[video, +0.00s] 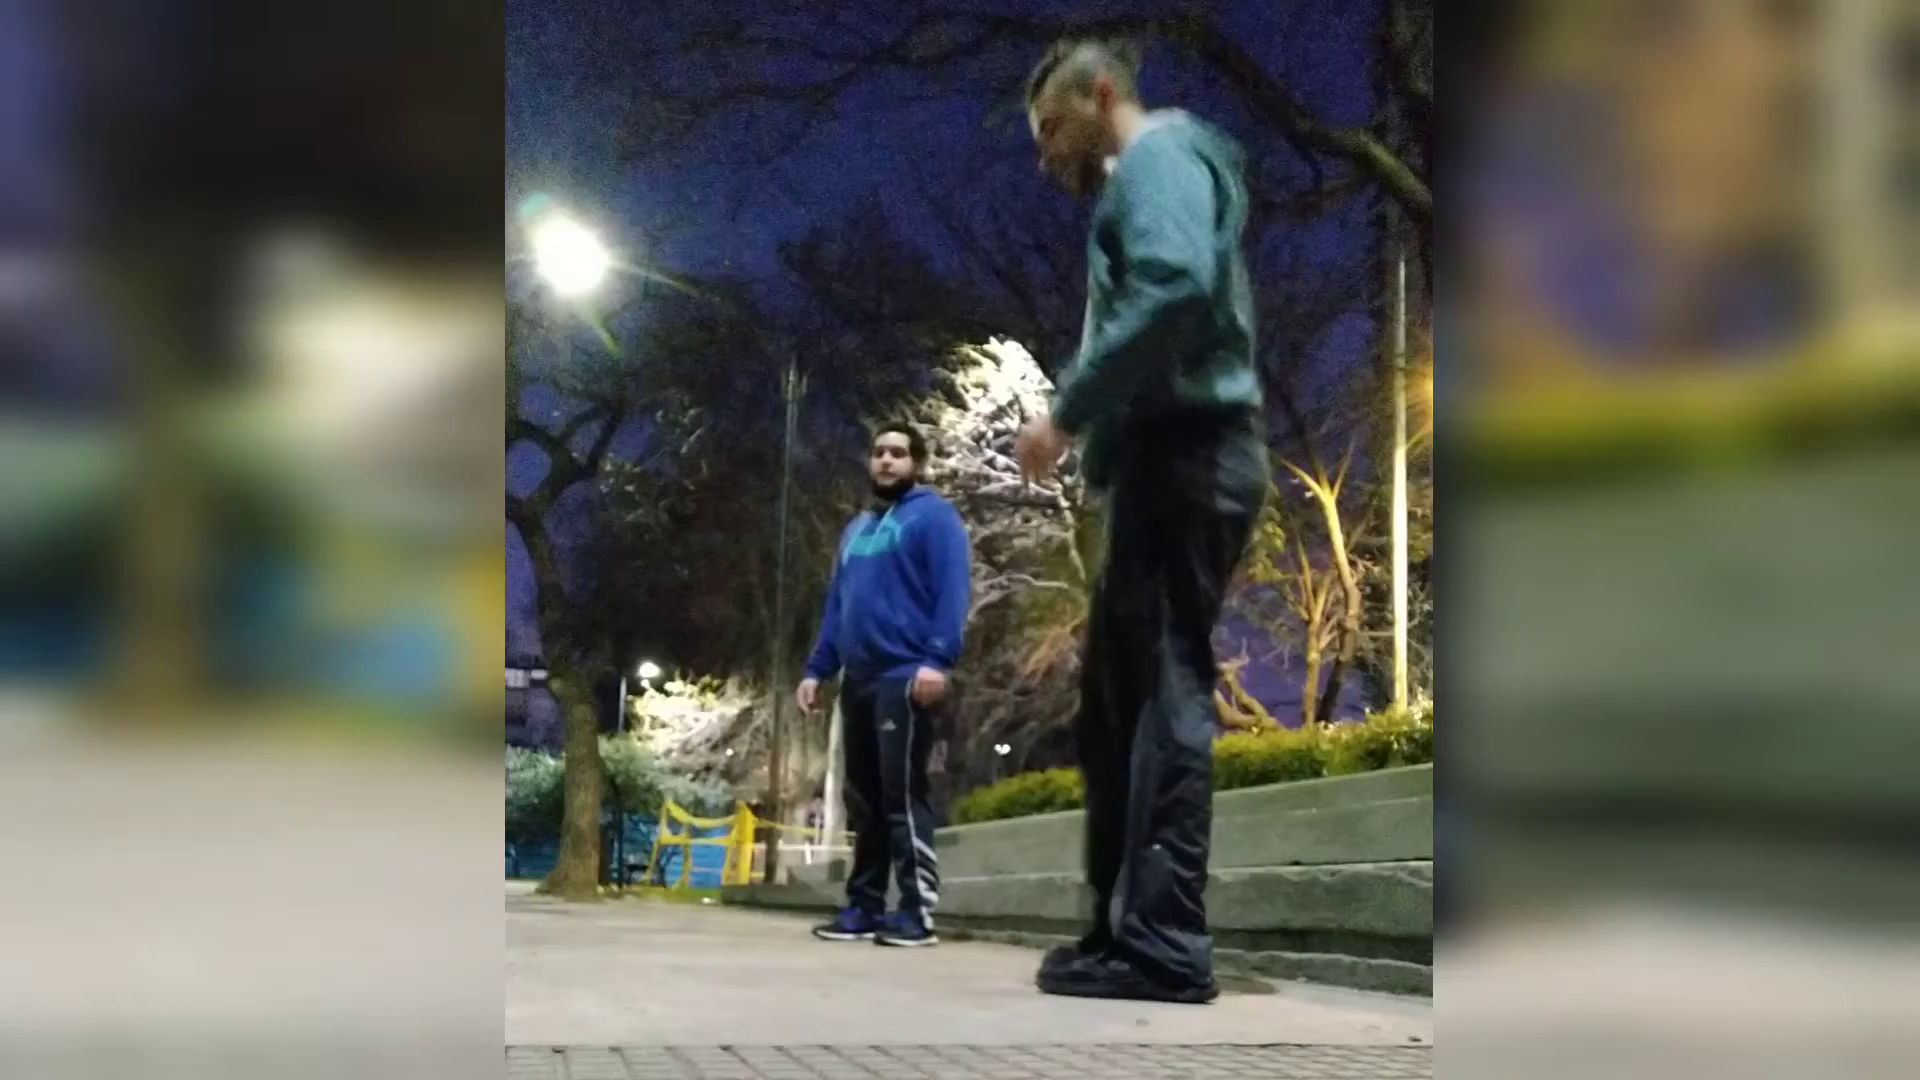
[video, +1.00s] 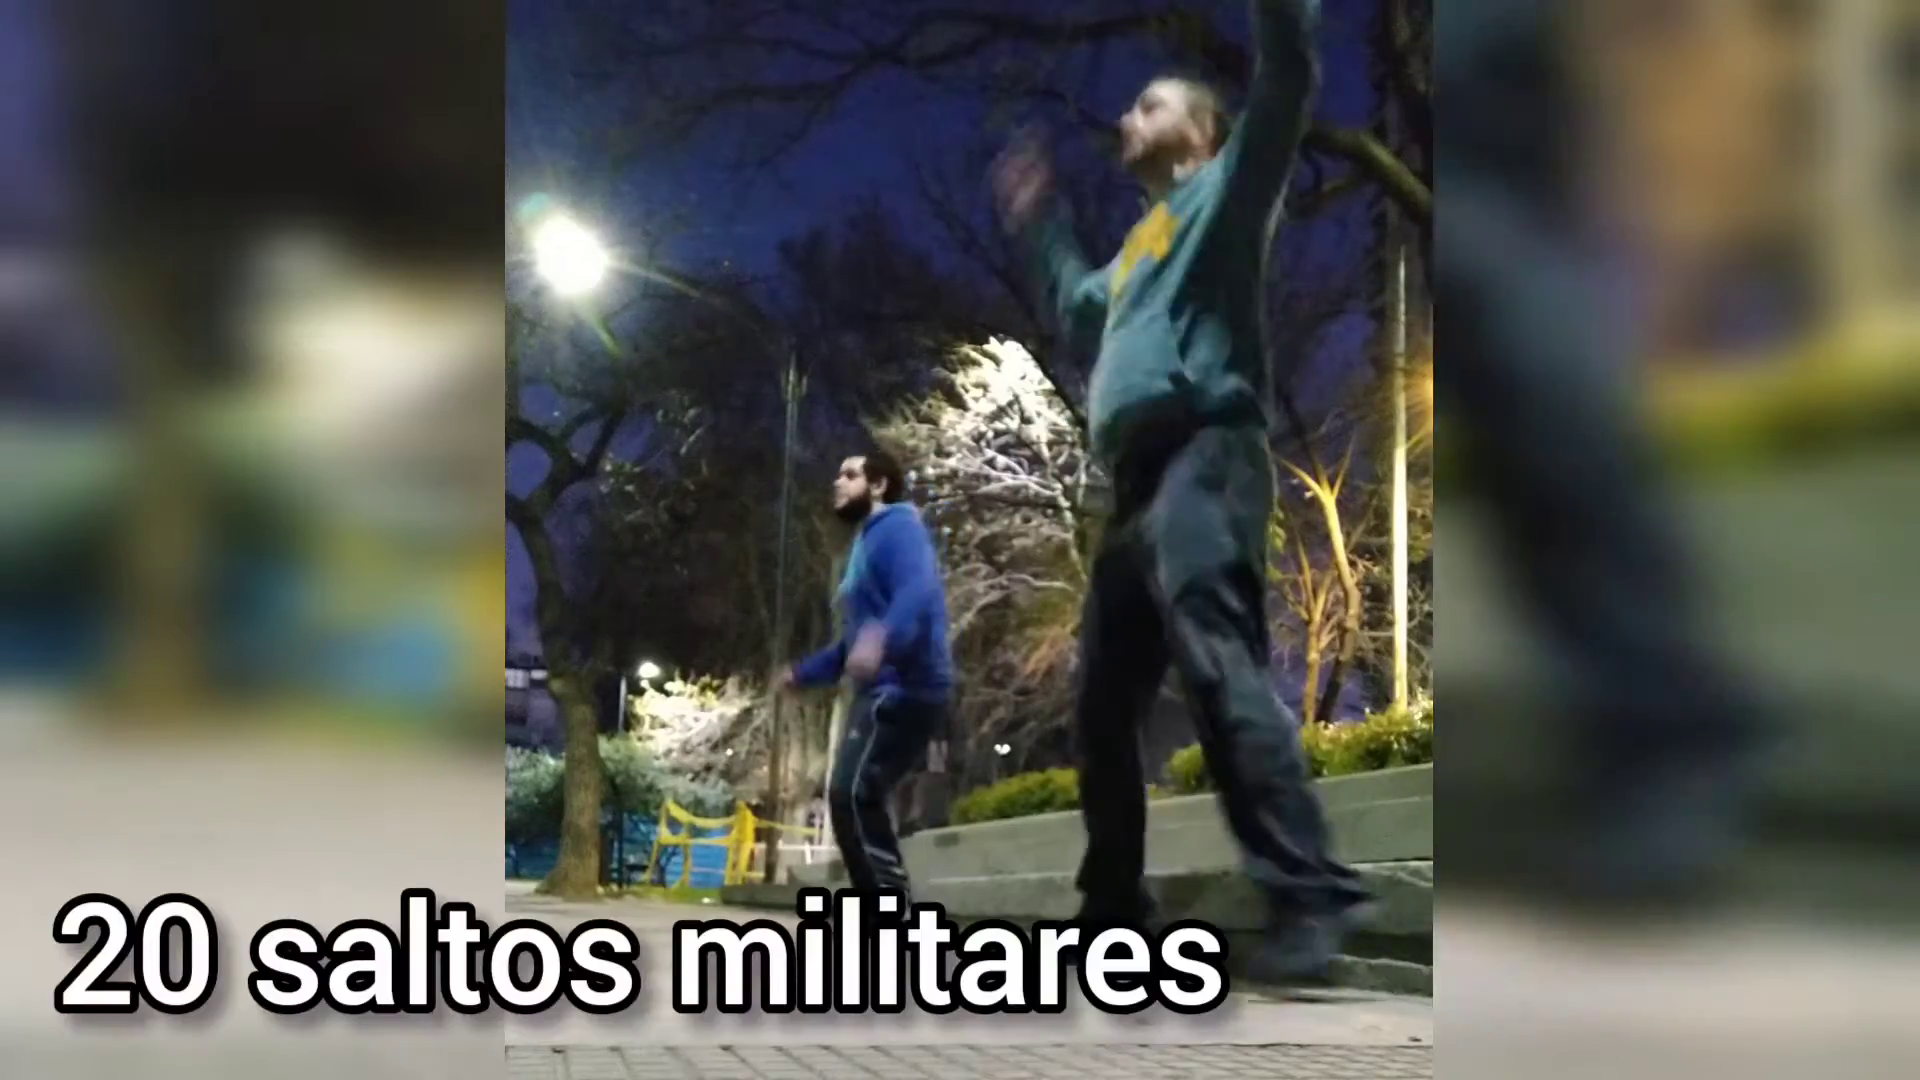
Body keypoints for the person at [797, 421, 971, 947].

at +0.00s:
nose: (886, 461)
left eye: (897, 453)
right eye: (880, 453)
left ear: (916, 463)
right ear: (870, 462)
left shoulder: (933, 516)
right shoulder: (858, 526)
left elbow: (953, 590)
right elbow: (839, 604)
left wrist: (938, 660)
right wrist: (817, 670)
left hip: (906, 669)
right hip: (860, 671)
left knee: (902, 794)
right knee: (866, 797)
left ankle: (915, 913)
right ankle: (865, 908)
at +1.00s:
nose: (838, 484)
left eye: (849, 476)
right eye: (838, 476)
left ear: (878, 485)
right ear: (861, 487)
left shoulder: (898, 525)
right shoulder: (866, 541)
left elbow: (917, 589)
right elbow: (860, 637)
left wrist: (879, 635)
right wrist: (804, 672)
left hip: (905, 687)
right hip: (880, 686)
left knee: (856, 793)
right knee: (848, 794)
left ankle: (889, 897)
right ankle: (878, 896)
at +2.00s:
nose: (868, 437)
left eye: (878, 429)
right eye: (870, 429)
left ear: (907, 436)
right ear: (895, 438)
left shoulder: (922, 475)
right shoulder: (882, 488)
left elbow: (941, 501)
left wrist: (946, 475)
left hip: (901, 623)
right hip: (869, 625)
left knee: (896, 748)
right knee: (872, 755)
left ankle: (930, 879)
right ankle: (894, 880)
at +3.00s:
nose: (839, 445)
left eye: (849, 437)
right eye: (840, 439)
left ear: (878, 446)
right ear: (858, 453)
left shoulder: (897, 489)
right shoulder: (853, 497)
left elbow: (919, 428)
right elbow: (835, 499)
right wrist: (852, 465)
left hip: (884, 634)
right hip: (848, 637)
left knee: (884, 757)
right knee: (852, 765)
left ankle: (918, 879)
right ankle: (857, 879)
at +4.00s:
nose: (796, 474)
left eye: (803, 464)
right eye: (797, 466)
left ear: (829, 465)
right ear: (816, 471)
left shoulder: (852, 505)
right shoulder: (819, 517)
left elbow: (864, 438)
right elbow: (798, 481)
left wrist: (849, 382)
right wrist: (821, 437)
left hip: (848, 654)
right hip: (818, 656)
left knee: (823, 776)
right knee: (801, 783)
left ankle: (869, 903)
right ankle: (828, 902)